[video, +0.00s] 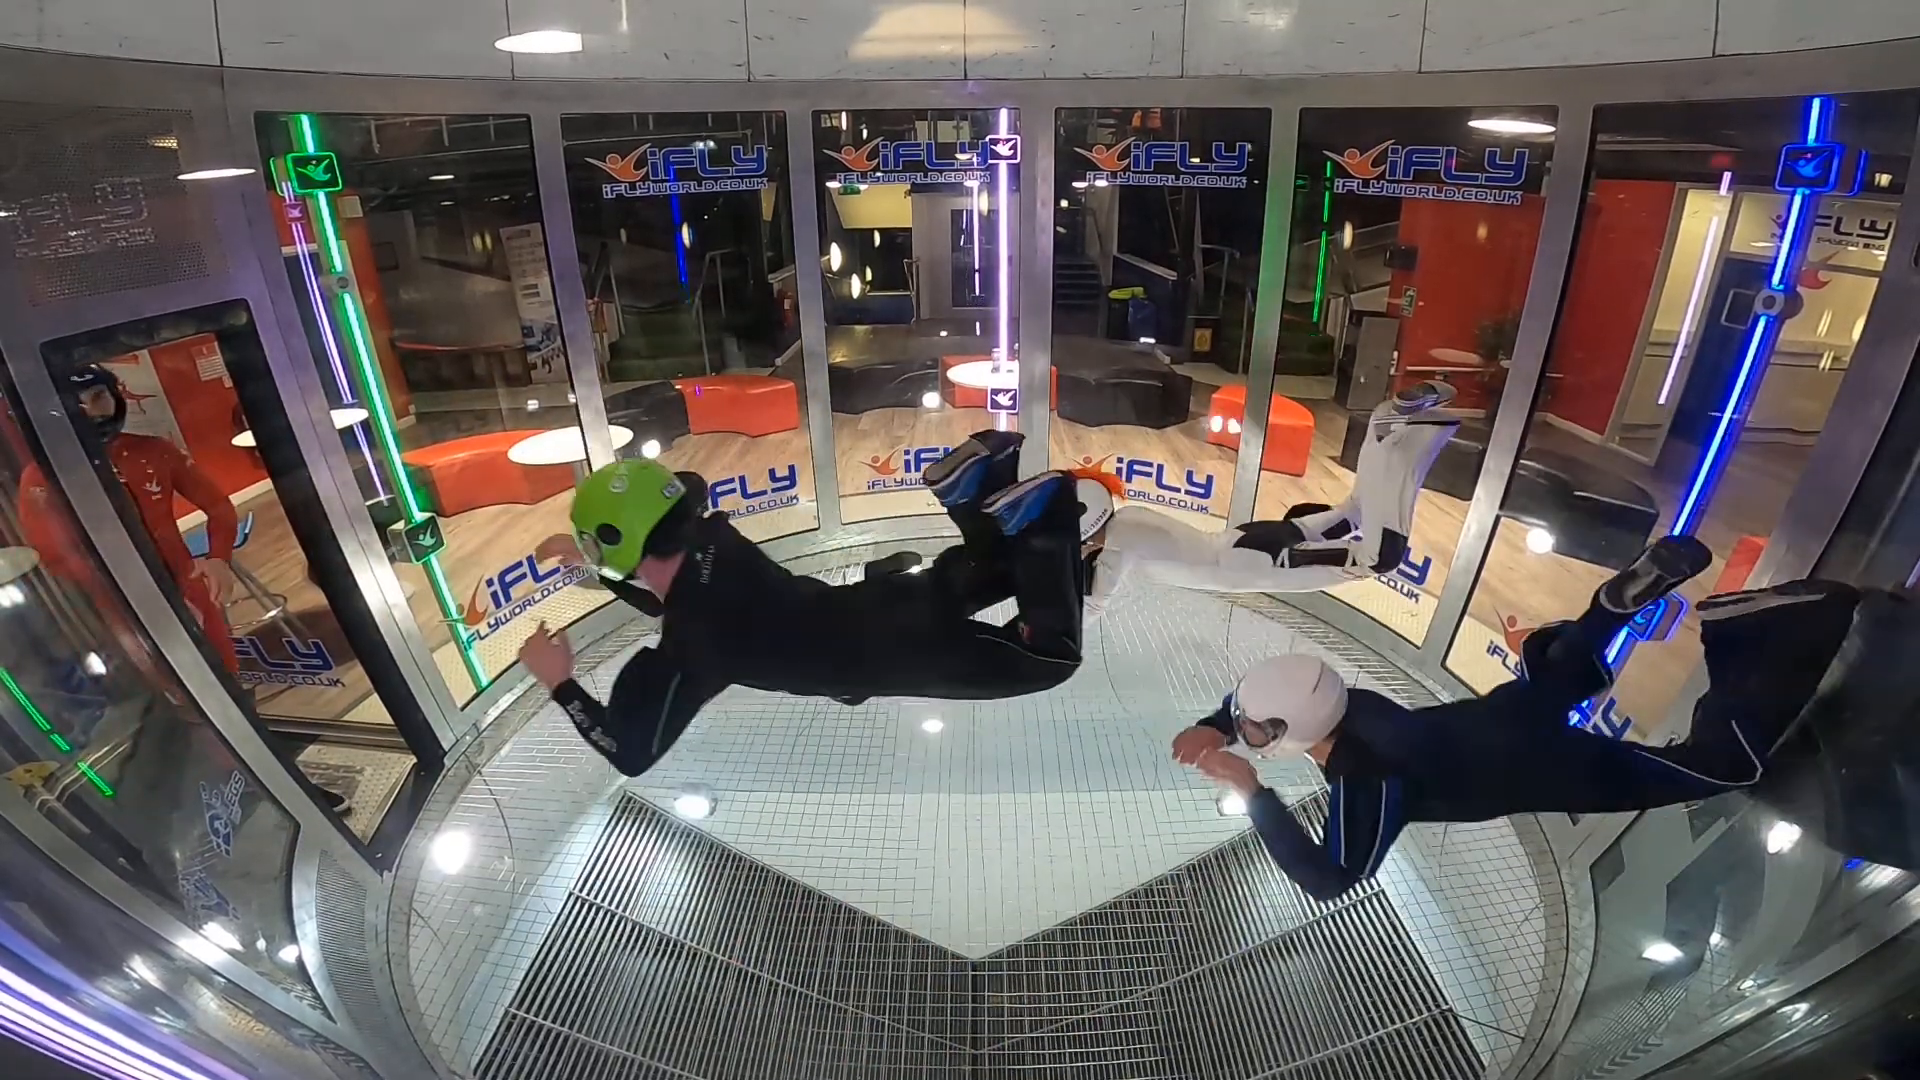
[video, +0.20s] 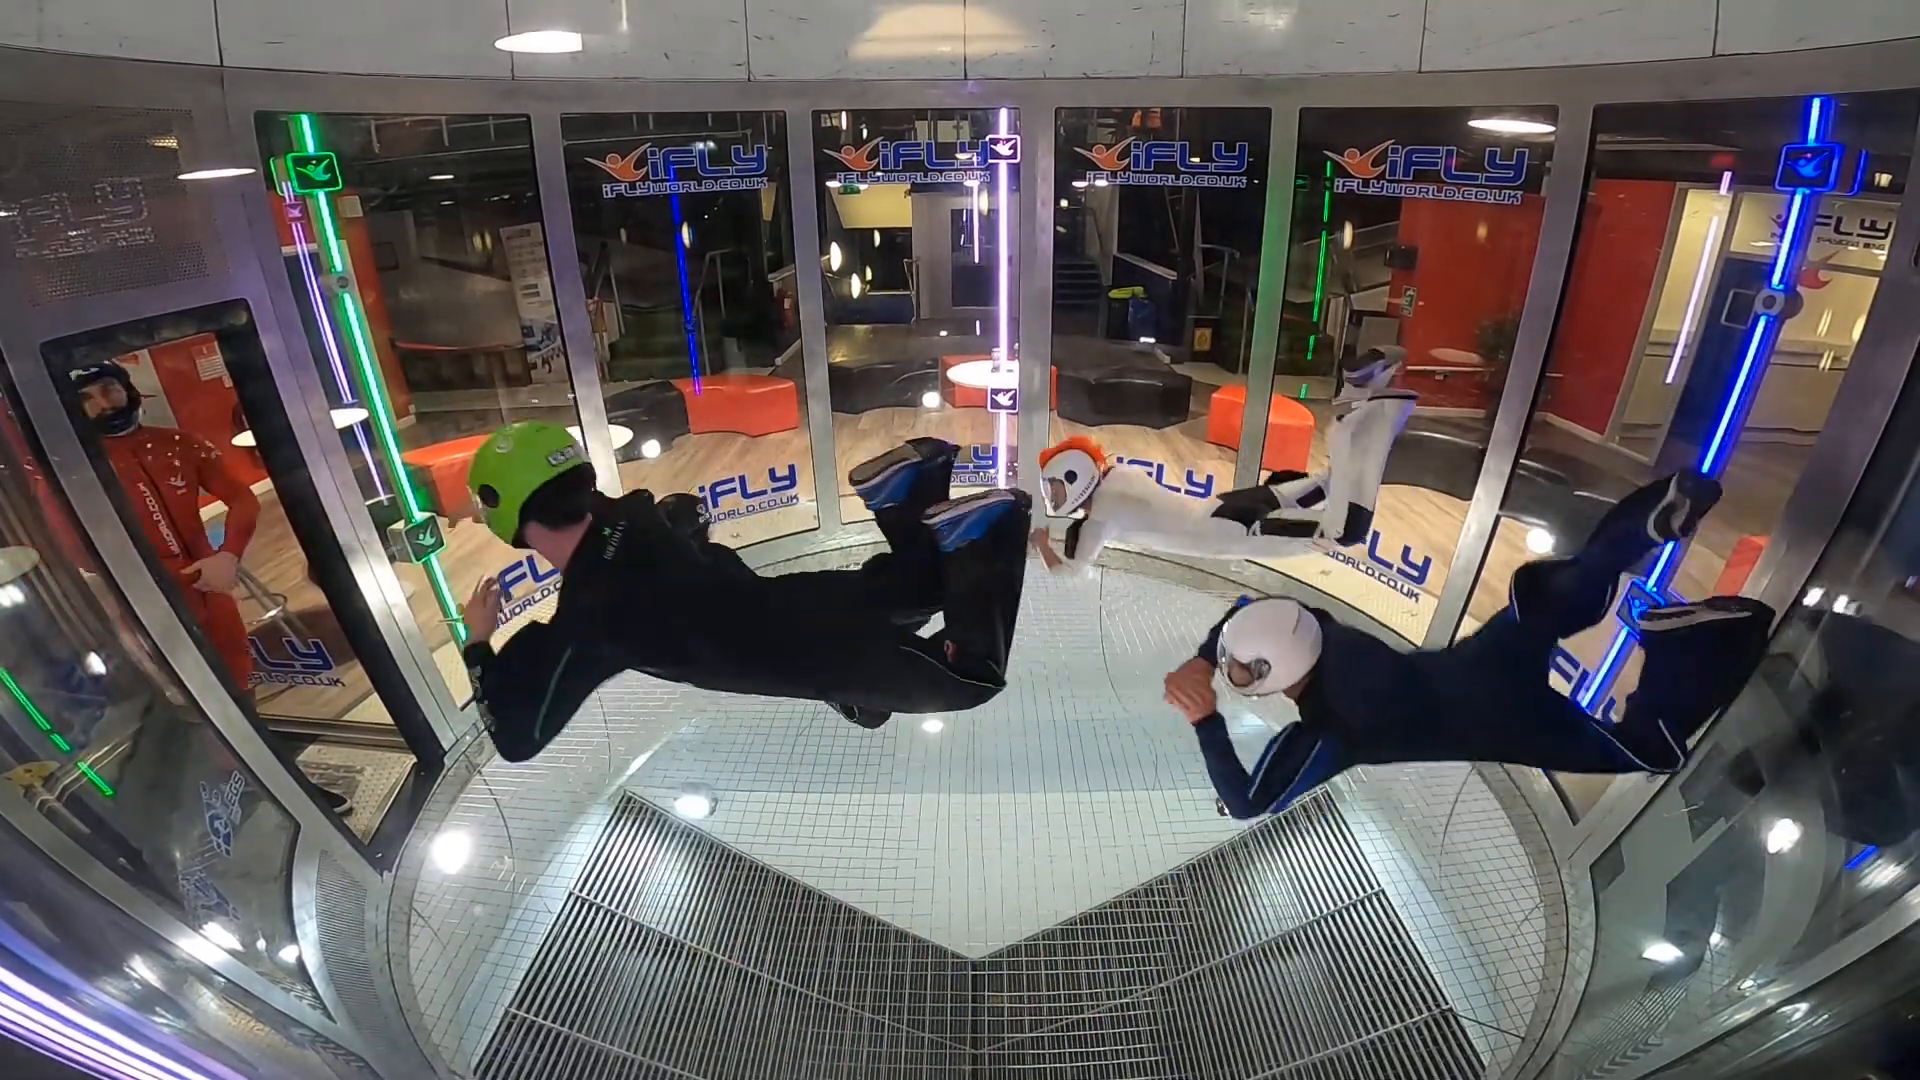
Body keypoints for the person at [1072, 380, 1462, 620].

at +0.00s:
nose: (1079, 541)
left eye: (1078, 531)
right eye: (1079, 529)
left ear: (1089, 530)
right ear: (1101, 507)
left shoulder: (1123, 542)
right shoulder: (1123, 520)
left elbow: (1097, 596)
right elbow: (1104, 591)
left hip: (1252, 561)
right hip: (1246, 538)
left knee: (1381, 556)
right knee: (1355, 520)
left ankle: (1395, 442)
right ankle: (1394, 427)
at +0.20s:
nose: (1052, 498)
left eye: (1056, 489)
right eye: (1049, 489)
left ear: (1077, 485)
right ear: (1084, 473)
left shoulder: (1104, 511)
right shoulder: (1114, 479)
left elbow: (1075, 566)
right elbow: (1085, 540)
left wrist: (1049, 549)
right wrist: (1056, 540)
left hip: (1236, 536)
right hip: (1227, 512)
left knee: (1346, 532)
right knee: (1318, 488)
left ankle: (1362, 429)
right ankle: (1358, 403)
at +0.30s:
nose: (1040, 477)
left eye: (1044, 468)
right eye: (1037, 469)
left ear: (1066, 463)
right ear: (1071, 453)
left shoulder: (1087, 496)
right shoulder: (1103, 456)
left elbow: (1054, 552)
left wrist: (1027, 527)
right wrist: (1047, 520)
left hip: (1212, 516)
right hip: (1211, 491)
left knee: (1323, 529)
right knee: (1303, 470)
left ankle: (1348, 427)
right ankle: (1330, 401)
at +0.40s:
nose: (1022, 461)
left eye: (1026, 452)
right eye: (1020, 452)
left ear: (1049, 444)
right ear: (1056, 435)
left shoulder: (1061, 486)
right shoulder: (1089, 434)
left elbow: (1027, 534)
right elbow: (1096, 429)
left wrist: (1006, 512)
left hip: (1175, 508)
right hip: (1179, 475)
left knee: (1288, 529)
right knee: (1253, 466)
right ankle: (1308, 401)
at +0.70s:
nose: (942, 424)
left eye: (947, 416)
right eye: (941, 416)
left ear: (967, 409)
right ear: (971, 400)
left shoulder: (977, 446)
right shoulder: (1003, 402)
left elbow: (952, 496)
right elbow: (1036, 415)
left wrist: (935, 482)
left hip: (1079, 479)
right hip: (1084, 450)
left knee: (1166, 522)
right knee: (1135, 458)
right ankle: (1182, 453)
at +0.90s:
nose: (886, 405)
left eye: (891, 397)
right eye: (882, 399)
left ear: (911, 391)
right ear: (904, 391)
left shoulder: (928, 422)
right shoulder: (932, 395)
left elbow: (891, 477)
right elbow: (907, 412)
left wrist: (851, 463)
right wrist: (881, 412)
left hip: (1024, 470)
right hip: (1017, 452)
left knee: (1103, 512)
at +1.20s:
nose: (824, 394)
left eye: (829, 385)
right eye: (818, 388)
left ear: (847, 381)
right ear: (816, 387)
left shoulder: (865, 410)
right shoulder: (854, 398)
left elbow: (830, 454)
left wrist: (769, 454)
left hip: (957, 464)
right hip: (947, 449)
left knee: (1033, 507)